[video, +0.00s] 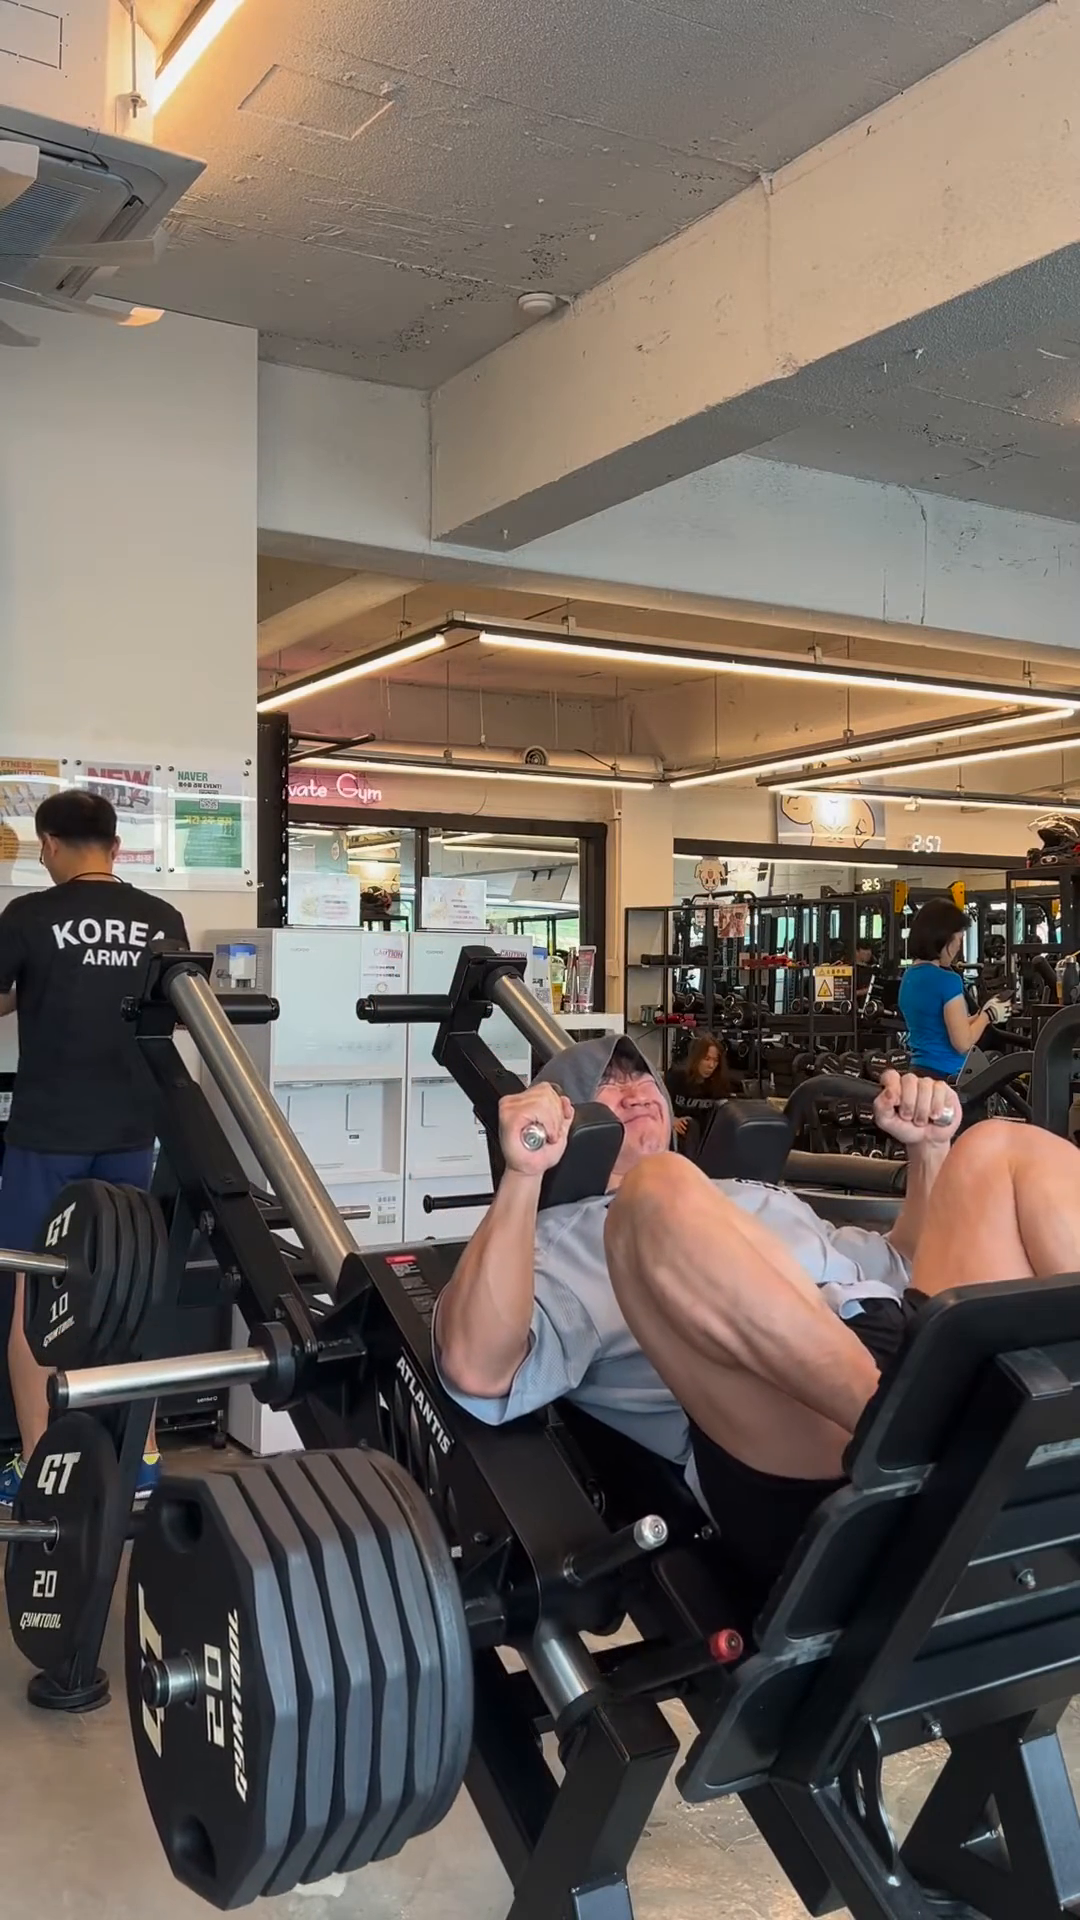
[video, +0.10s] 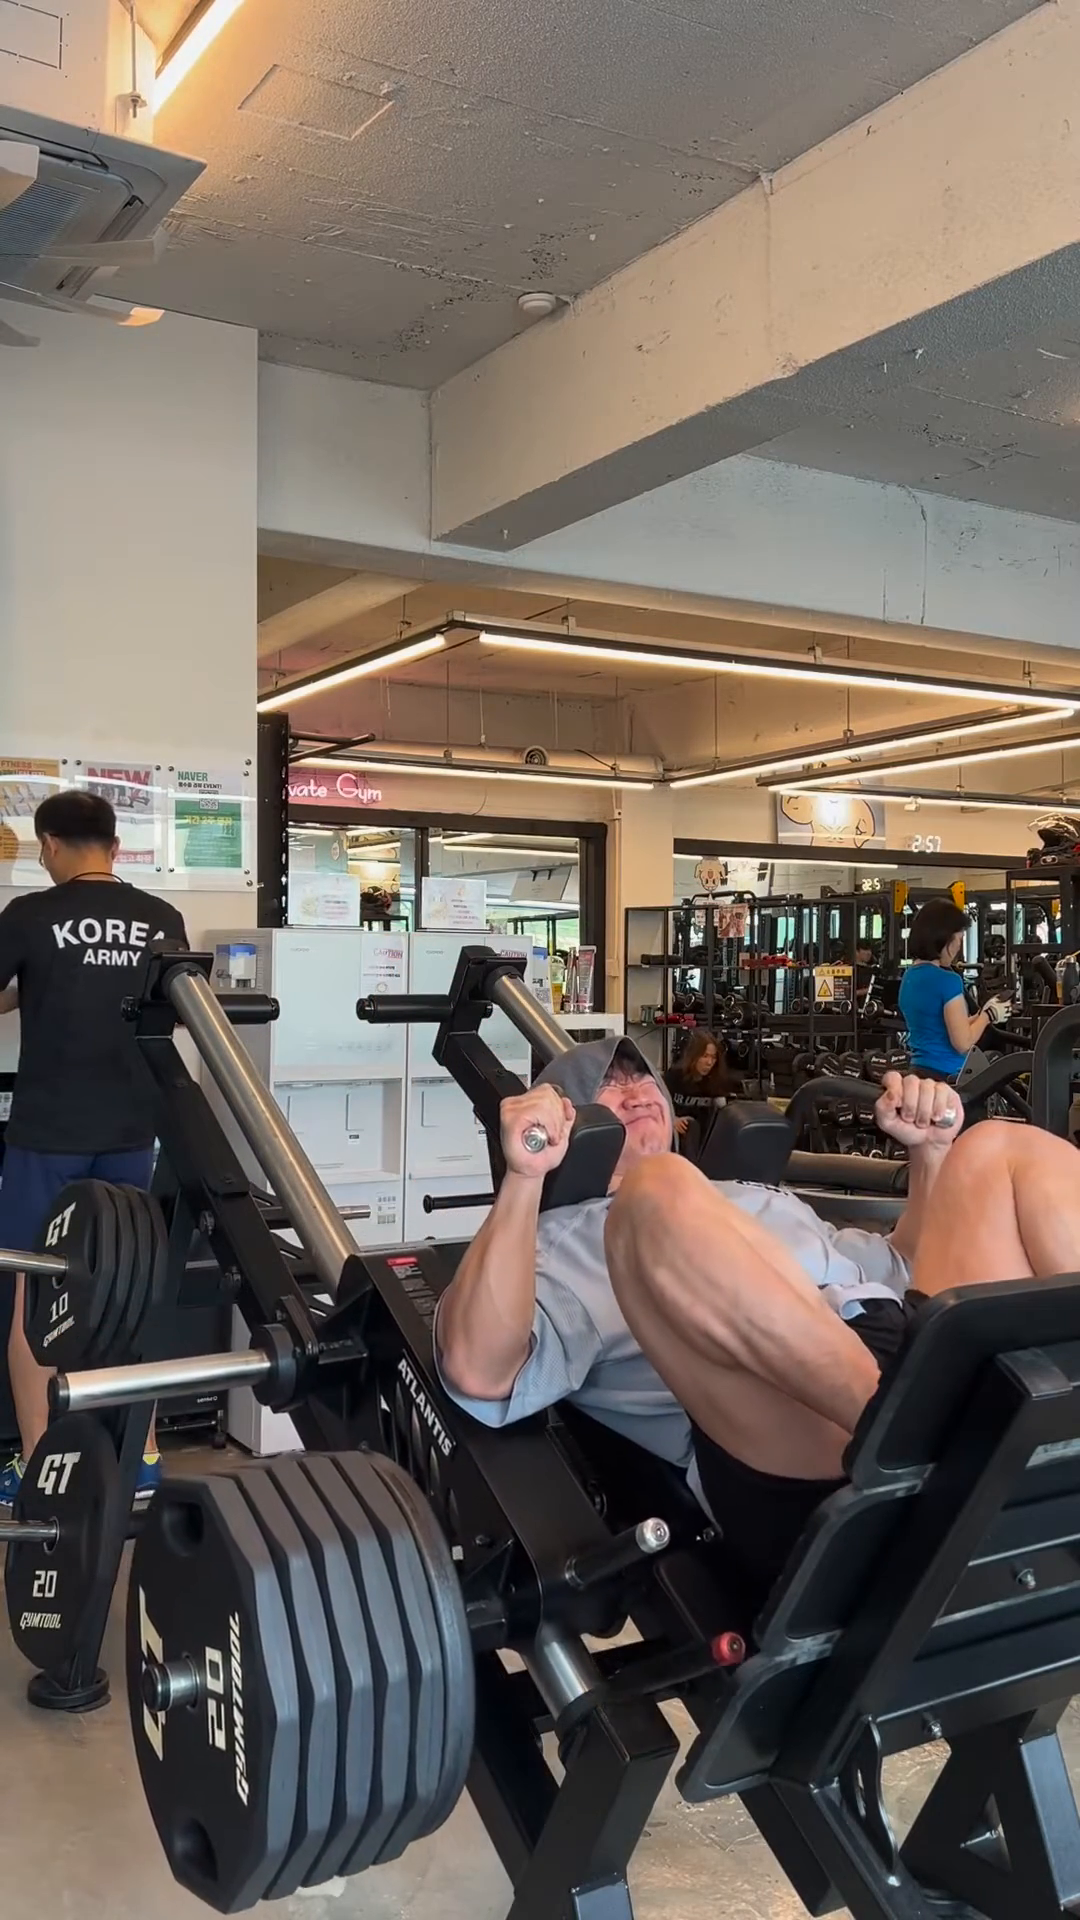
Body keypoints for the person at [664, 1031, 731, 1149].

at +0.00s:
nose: (711, 1065)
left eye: (715, 1060)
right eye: (707, 1059)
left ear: (719, 1063)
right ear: (695, 1058)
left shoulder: (719, 1086)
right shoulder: (674, 1079)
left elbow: (724, 1115)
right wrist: (671, 1120)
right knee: (691, 1125)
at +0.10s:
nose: (709, 1062)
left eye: (713, 1057)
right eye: (705, 1056)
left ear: (717, 1060)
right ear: (693, 1055)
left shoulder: (716, 1082)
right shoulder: (674, 1076)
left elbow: (722, 1112)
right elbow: (658, 1103)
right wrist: (672, 1119)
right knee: (692, 1125)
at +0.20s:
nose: (707, 1060)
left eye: (711, 1055)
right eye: (703, 1054)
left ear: (715, 1057)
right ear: (691, 1053)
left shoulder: (713, 1081)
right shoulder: (671, 1077)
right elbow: (654, 1104)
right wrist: (672, 1118)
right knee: (692, 1124)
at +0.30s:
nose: (705, 1058)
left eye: (709, 1053)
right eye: (701, 1052)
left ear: (713, 1056)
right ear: (689, 1052)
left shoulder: (710, 1078)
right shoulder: (670, 1076)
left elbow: (717, 1111)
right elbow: (656, 1105)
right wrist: (676, 1116)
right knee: (691, 1121)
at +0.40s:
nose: (704, 1057)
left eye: (708, 1053)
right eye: (699, 1051)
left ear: (711, 1056)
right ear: (687, 1051)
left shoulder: (709, 1079)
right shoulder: (668, 1077)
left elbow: (716, 1116)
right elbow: (659, 1113)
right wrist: (684, 1111)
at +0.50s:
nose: (702, 1057)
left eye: (706, 1052)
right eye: (697, 1051)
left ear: (709, 1055)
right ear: (686, 1051)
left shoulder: (709, 1080)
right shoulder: (667, 1078)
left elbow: (713, 1119)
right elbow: (659, 1114)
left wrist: (713, 1109)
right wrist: (693, 1107)